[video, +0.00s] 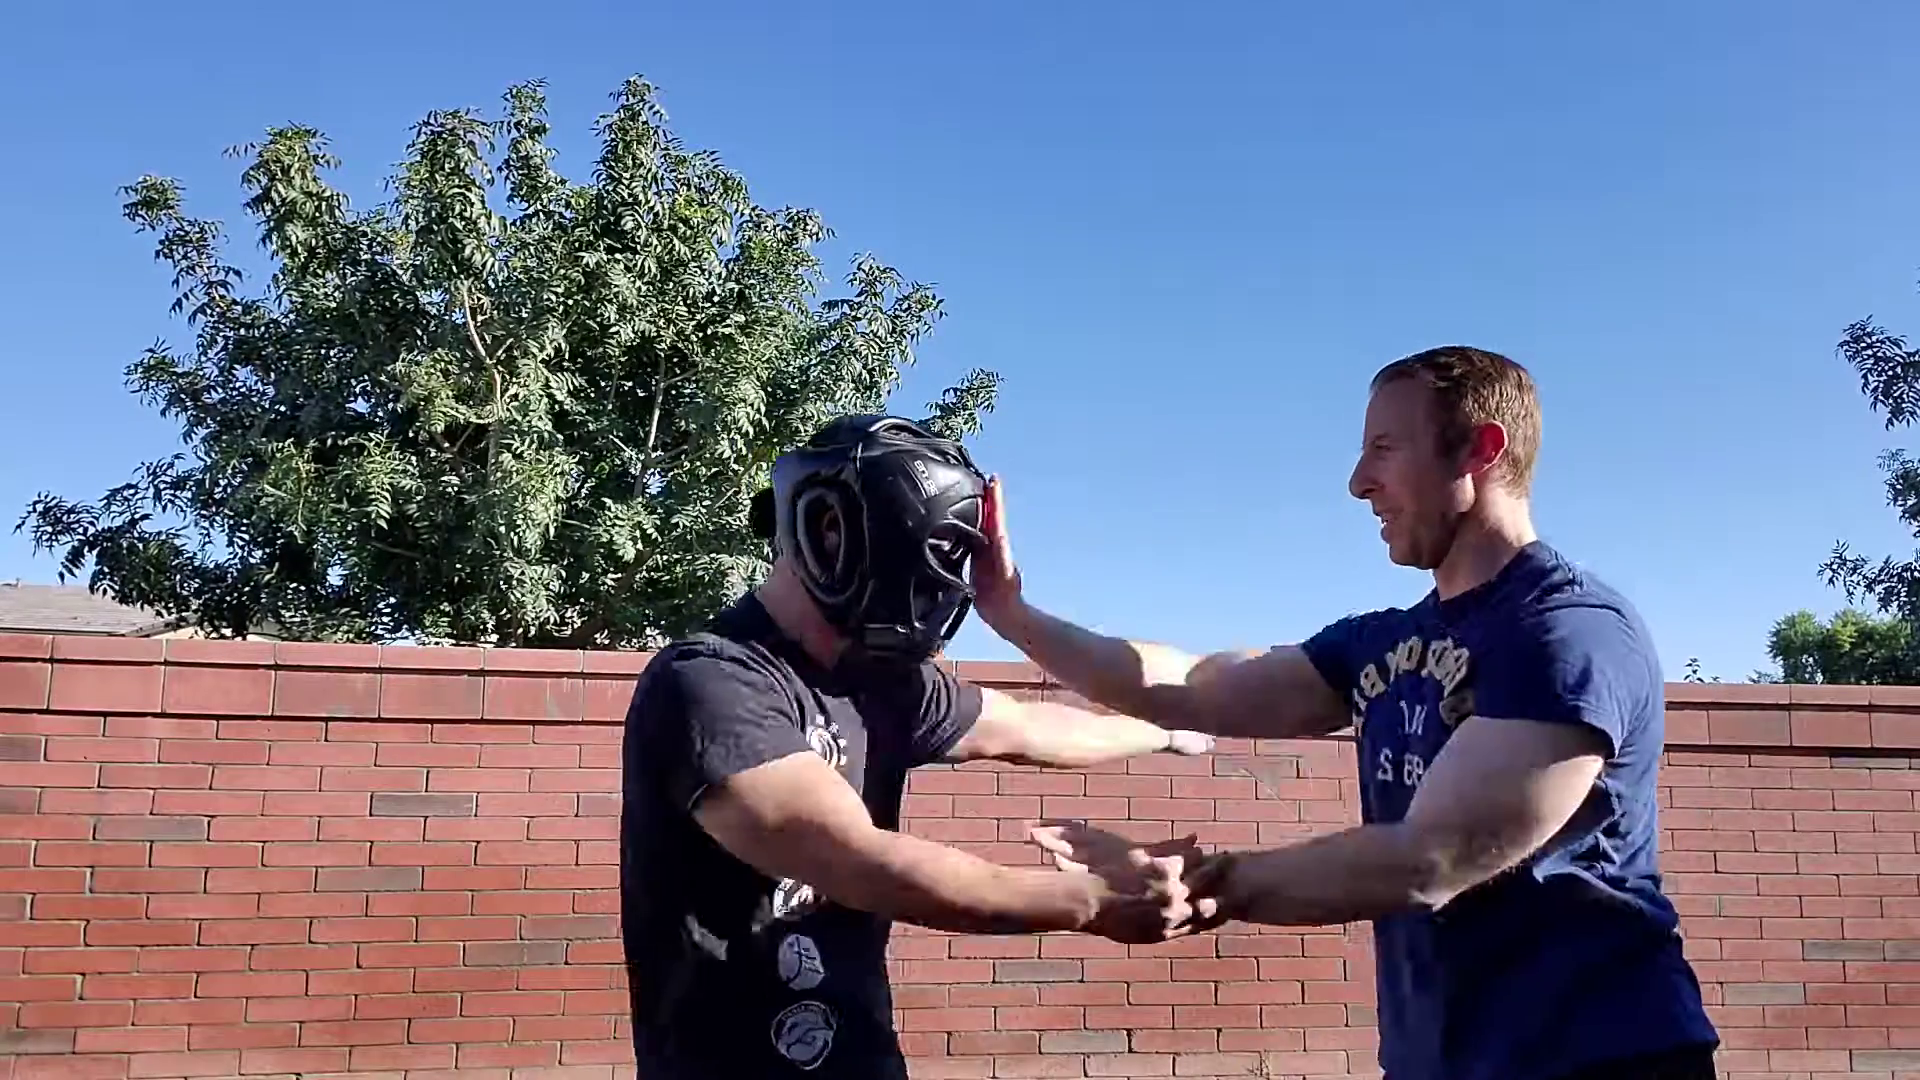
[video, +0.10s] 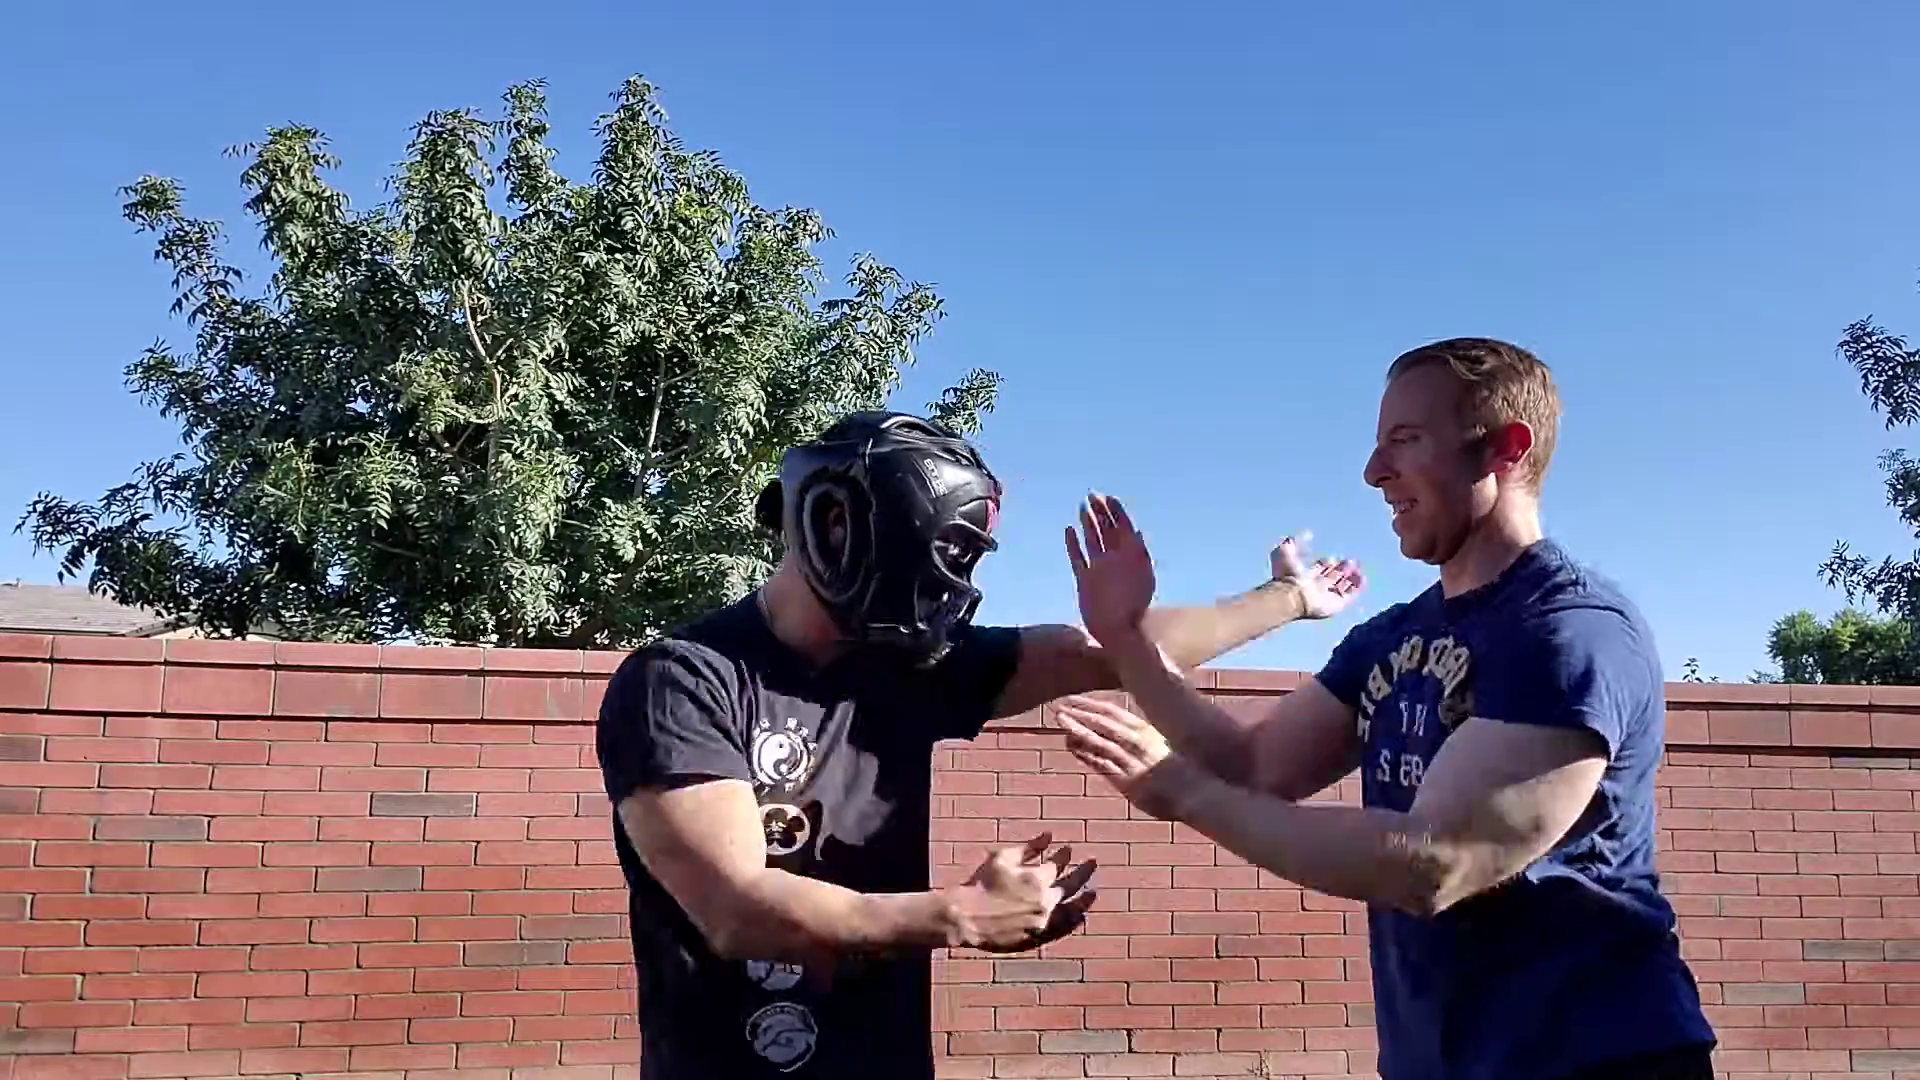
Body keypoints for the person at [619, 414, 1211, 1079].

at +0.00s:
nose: (939, 584)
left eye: (949, 560)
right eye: (918, 554)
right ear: (827, 535)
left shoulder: (885, 687)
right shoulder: (706, 685)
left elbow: (1033, 725)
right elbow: (857, 864)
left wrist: (1167, 729)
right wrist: (1089, 902)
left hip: (862, 1061)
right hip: (725, 1065)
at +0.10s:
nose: (958, 584)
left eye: (965, 561)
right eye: (942, 556)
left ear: (854, 542)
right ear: (844, 535)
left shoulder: (908, 672)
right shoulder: (674, 683)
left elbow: (1108, 657)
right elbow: (736, 910)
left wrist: (1284, 599)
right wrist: (953, 912)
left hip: (885, 1066)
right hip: (725, 1066)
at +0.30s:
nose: (971, 596)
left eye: (984, 570)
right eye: (950, 563)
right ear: (860, 540)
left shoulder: (960, 696)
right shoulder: (696, 677)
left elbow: (1131, 720)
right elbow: (634, 898)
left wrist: (1253, 732)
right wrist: (802, 920)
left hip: (881, 1061)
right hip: (715, 1061)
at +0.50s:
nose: (968, 594)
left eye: (979, 571)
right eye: (948, 567)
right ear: (856, 554)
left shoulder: (860, 678)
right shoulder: (776, 671)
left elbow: (890, 884)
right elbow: (949, 823)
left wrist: (1053, 879)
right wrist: (1106, 684)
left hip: (853, 1056)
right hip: (746, 1061)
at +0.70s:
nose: (958, 619)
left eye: (971, 596)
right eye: (945, 587)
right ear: (843, 553)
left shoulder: (913, 702)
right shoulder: (697, 687)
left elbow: (1008, 862)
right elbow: (840, 850)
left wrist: (1117, 998)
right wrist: (1080, 894)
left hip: (858, 1059)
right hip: (702, 1060)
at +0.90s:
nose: (929, 617)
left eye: (949, 592)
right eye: (908, 585)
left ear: (967, 592)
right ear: (819, 563)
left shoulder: (955, 725)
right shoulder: (665, 693)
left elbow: (1131, 832)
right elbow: (705, 895)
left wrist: (1306, 946)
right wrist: (932, 852)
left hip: (865, 1073)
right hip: (687, 1071)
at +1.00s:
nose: (955, 633)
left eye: (973, 608)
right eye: (934, 598)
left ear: (987, 607)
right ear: (842, 577)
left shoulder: (952, 736)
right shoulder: (680, 696)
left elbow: (1130, 864)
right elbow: (688, 909)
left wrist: (1302, 991)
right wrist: (891, 841)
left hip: (859, 1069)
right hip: (689, 1066)